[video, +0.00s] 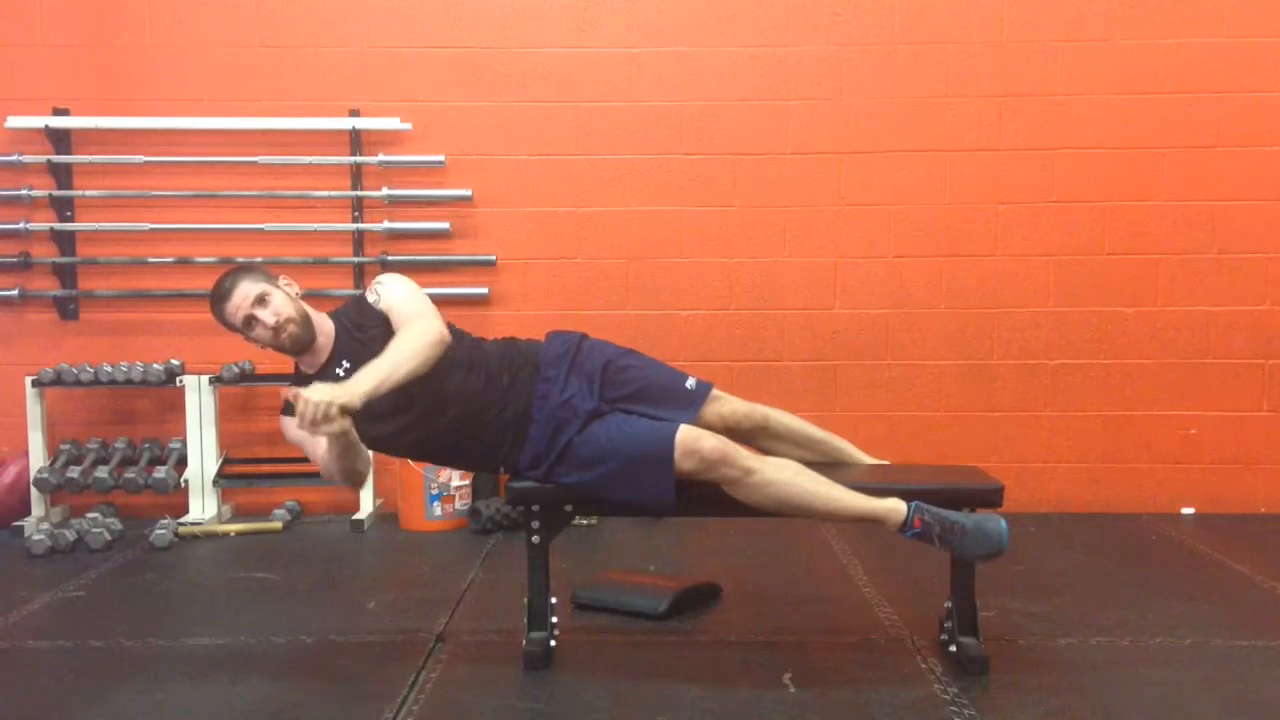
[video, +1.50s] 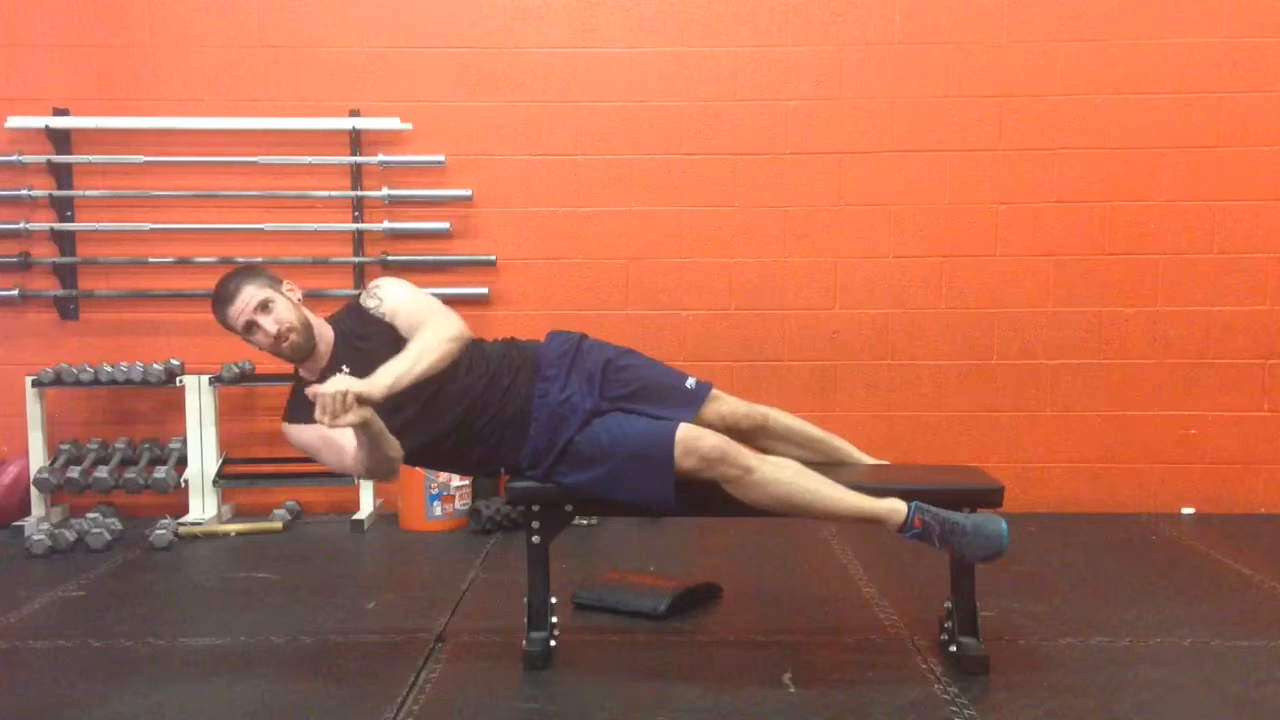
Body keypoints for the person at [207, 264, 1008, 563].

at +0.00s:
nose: (268, 318)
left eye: (264, 300)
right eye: (250, 323)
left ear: (288, 284)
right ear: (249, 344)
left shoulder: (375, 292)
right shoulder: (311, 407)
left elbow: (427, 339)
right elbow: (357, 493)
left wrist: (350, 398)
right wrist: (329, 441)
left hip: (564, 367)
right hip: (544, 451)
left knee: (738, 416)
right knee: (708, 455)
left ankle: (910, 493)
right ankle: (914, 520)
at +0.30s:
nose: (275, 319)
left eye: (270, 300)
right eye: (255, 324)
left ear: (291, 282)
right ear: (252, 344)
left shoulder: (371, 291)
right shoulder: (309, 406)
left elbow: (401, 322)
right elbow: (328, 432)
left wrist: (344, 367)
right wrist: (321, 404)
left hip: (565, 367)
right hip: (546, 450)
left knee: (735, 415)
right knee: (707, 456)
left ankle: (904, 494)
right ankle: (913, 521)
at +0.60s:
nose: (276, 317)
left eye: (273, 299)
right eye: (258, 321)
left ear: (293, 283)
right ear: (254, 341)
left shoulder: (368, 292)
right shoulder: (306, 406)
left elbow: (402, 312)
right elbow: (327, 418)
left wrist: (343, 354)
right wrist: (324, 389)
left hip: (565, 366)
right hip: (545, 449)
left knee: (736, 415)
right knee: (710, 458)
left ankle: (907, 495)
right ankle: (912, 521)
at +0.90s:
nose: (275, 320)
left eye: (272, 301)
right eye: (256, 324)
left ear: (295, 285)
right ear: (253, 343)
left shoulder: (369, 293)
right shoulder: (306, 408)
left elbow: (401, 315)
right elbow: (324, 419)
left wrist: (349, 356)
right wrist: (327, 386)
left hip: (565, 367)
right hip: (545, 449)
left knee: (737, 415)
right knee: (711, 458)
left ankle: (910, 495)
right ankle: (912, 522)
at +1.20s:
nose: (269, 328)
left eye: (266, 308)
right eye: (251, 330)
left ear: (291, 290)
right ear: (250, 347)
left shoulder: (372, 295)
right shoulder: (308, 414)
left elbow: (398, 329)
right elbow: (331, 431)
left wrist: (348, 368)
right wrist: (328, 406)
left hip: (565, 367)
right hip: (546, 450)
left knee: (738, 416)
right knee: (709, 455)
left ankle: (905, 494)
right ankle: (913, 521)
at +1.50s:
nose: (268, 329)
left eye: (266, 309)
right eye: (250, 331)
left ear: (290, 291)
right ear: (249, 349)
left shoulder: (372, 297)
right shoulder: (306, 417)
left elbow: (449, 334)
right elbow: (388, 470)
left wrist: (373, 388)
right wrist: (357, 421)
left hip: (565, 368)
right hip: (545, 451)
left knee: (740, 416)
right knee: (709, 453)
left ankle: (912, 495)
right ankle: (914, 520)